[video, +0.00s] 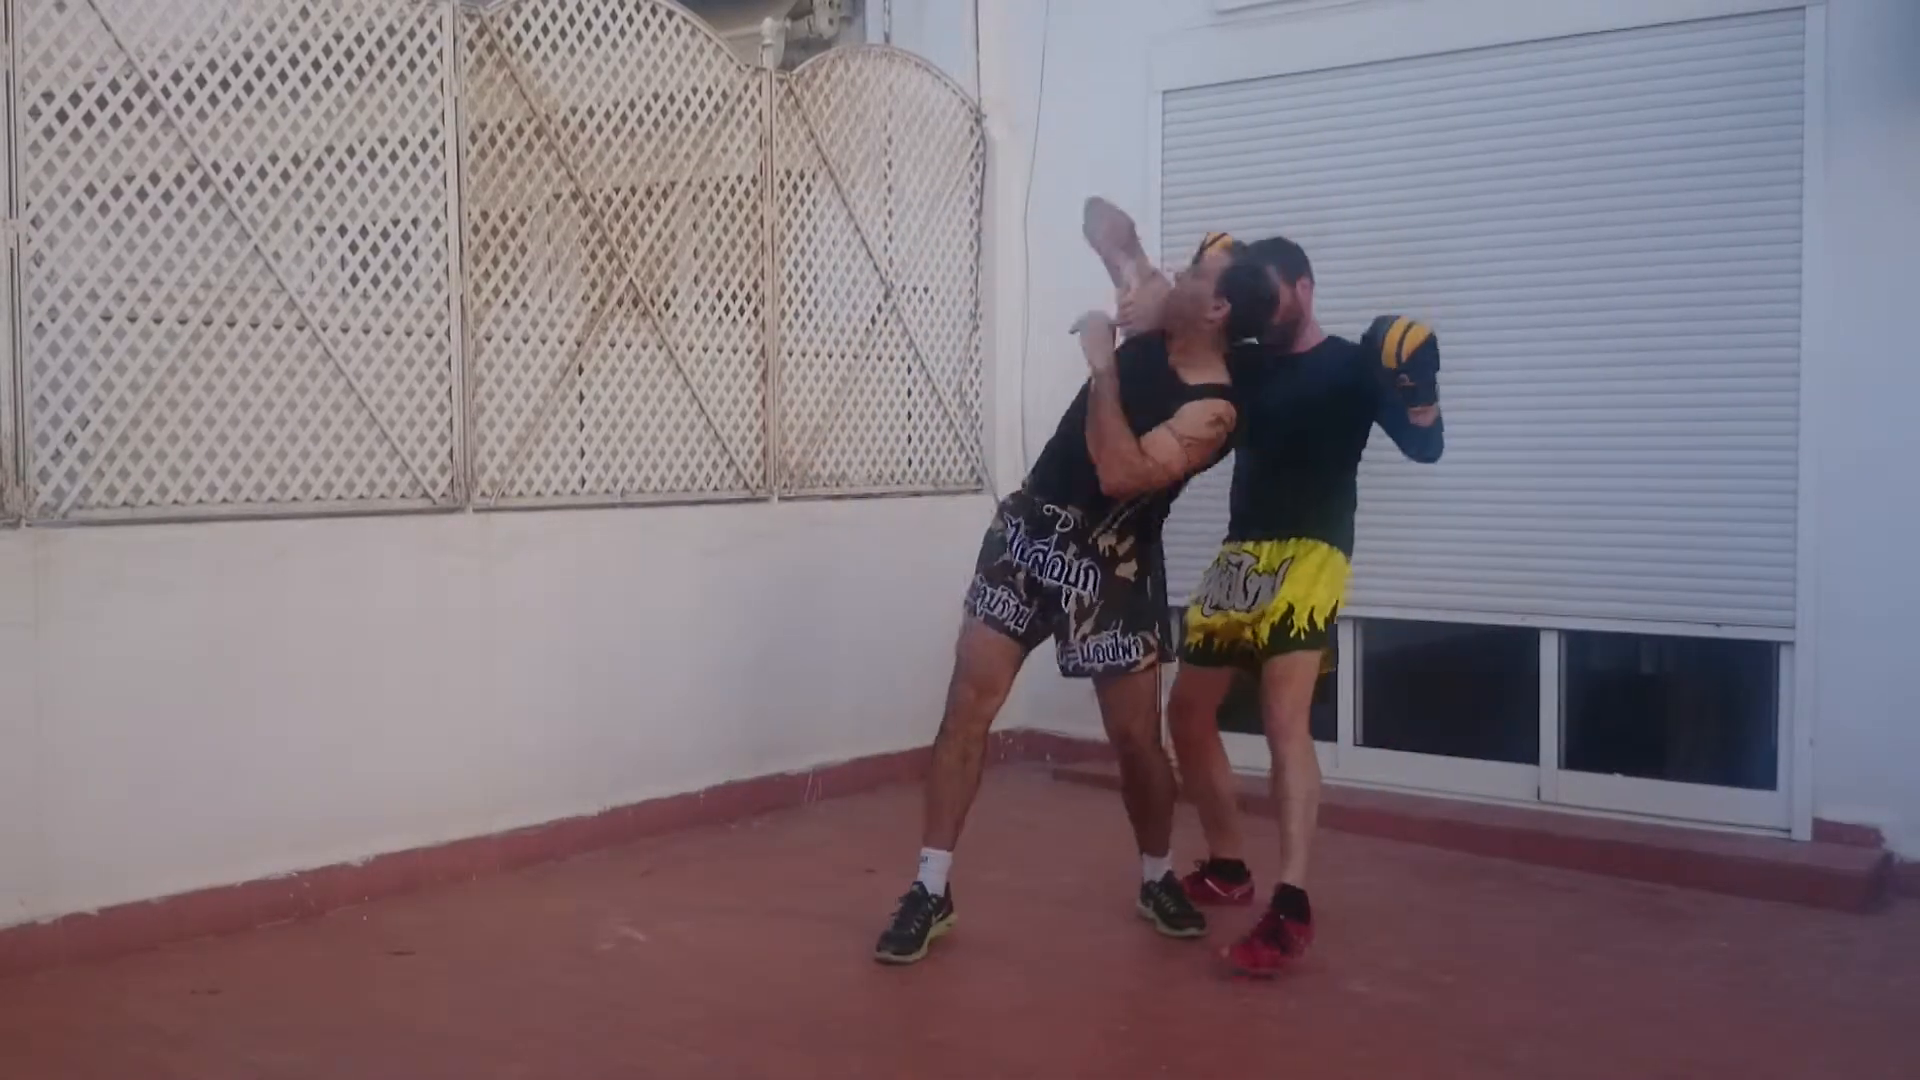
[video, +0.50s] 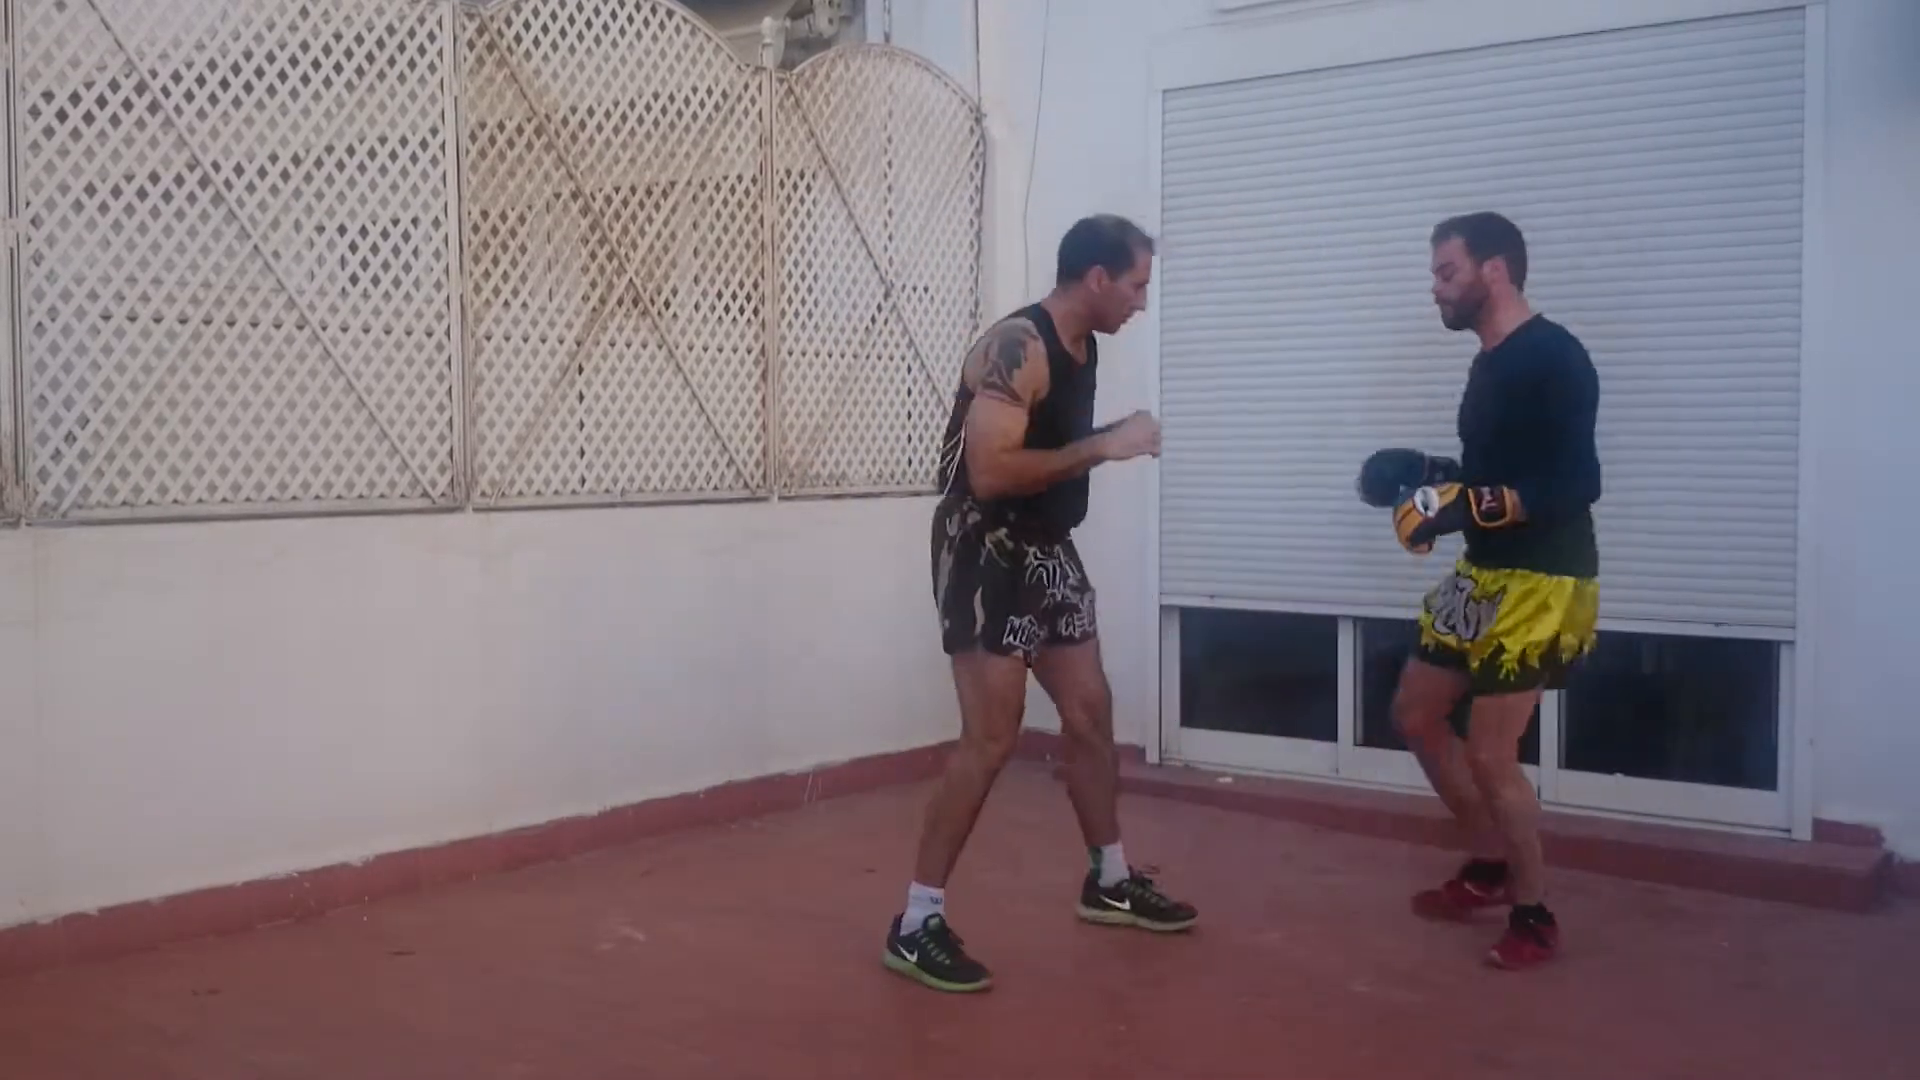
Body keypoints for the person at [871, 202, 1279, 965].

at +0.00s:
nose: (1184, 275)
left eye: (1198, 275)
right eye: (1195, 269)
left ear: (1217, 310)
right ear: (1207, 300)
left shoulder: (1212, 410)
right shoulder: (1156, 308)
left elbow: (1121, 474)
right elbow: (1101, 212)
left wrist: (1103, 364)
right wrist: (1126, 259)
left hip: (1116, 555)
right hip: (1033, 525)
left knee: (1136, 736)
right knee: (969, 705)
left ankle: (1157, 881)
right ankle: (929, 888)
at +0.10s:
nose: (1172, 276)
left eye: (1193, 275)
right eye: (1177, 264)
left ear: (1227, 307)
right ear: (1172, 272)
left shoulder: (1221, 398)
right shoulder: (1122, 309)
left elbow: (1183, 496)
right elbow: (1034, 235)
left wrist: (1159, 395)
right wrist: (1108, 285)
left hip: (1125, 556)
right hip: (1031, 528)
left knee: (1143, 726)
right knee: (971, 703)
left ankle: (1159, 880)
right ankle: (932, 885)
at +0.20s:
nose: (1195, 292)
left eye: (1212, 286)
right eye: (1185, 274)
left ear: (1222, 304)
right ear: (1155, 274)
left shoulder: (1211, 386)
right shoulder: (1087, 317)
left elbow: (1208, 501)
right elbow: (972, 305)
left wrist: (1192, 409)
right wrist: (1069, 315)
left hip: (1124, 554)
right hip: (1030, 530)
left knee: (1145, 728)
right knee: (985, 712)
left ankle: (1160, 880)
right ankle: (926, 890)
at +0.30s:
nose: (1193, 304)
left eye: (1201, 291)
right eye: (1184, 287)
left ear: (1191, 292)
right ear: (1137, 276)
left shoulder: (1173, 372)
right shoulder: (1055, 331)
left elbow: (1182, 495)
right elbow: (962, 400)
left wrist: (1188, 440)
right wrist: (1062, 370)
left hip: (1111, 551)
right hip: (1023, 538)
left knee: (1137, 724)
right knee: (998, 727)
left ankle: (1157, 878)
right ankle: (924, 914)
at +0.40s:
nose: (1166, 310)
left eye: (1170, 296)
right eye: (1160, 293)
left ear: (1124, 290)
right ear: (1113, 285)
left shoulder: (1124, 370)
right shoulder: (1026, 346)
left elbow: (1129, 479)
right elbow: (980, 462)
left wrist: (1156, 450)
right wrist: (1088, 427)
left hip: (1079, 550)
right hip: (1003, 545)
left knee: (1115, 720)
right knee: (1001, 734)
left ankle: (1148, 878)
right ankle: (921, 922)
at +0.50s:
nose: (1142, 302)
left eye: (1144, 287)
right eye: (1137, 286)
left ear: (1098, 279)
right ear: (1094, 278)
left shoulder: (1077, 347)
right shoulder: (1013, 348)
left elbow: (1028, 455)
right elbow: (990, 473)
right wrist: (1102, 446)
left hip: (1045, 545)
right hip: (982, 547)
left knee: (1089, 711)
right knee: (990, 734)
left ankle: (1109, 878)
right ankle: (916, 922)